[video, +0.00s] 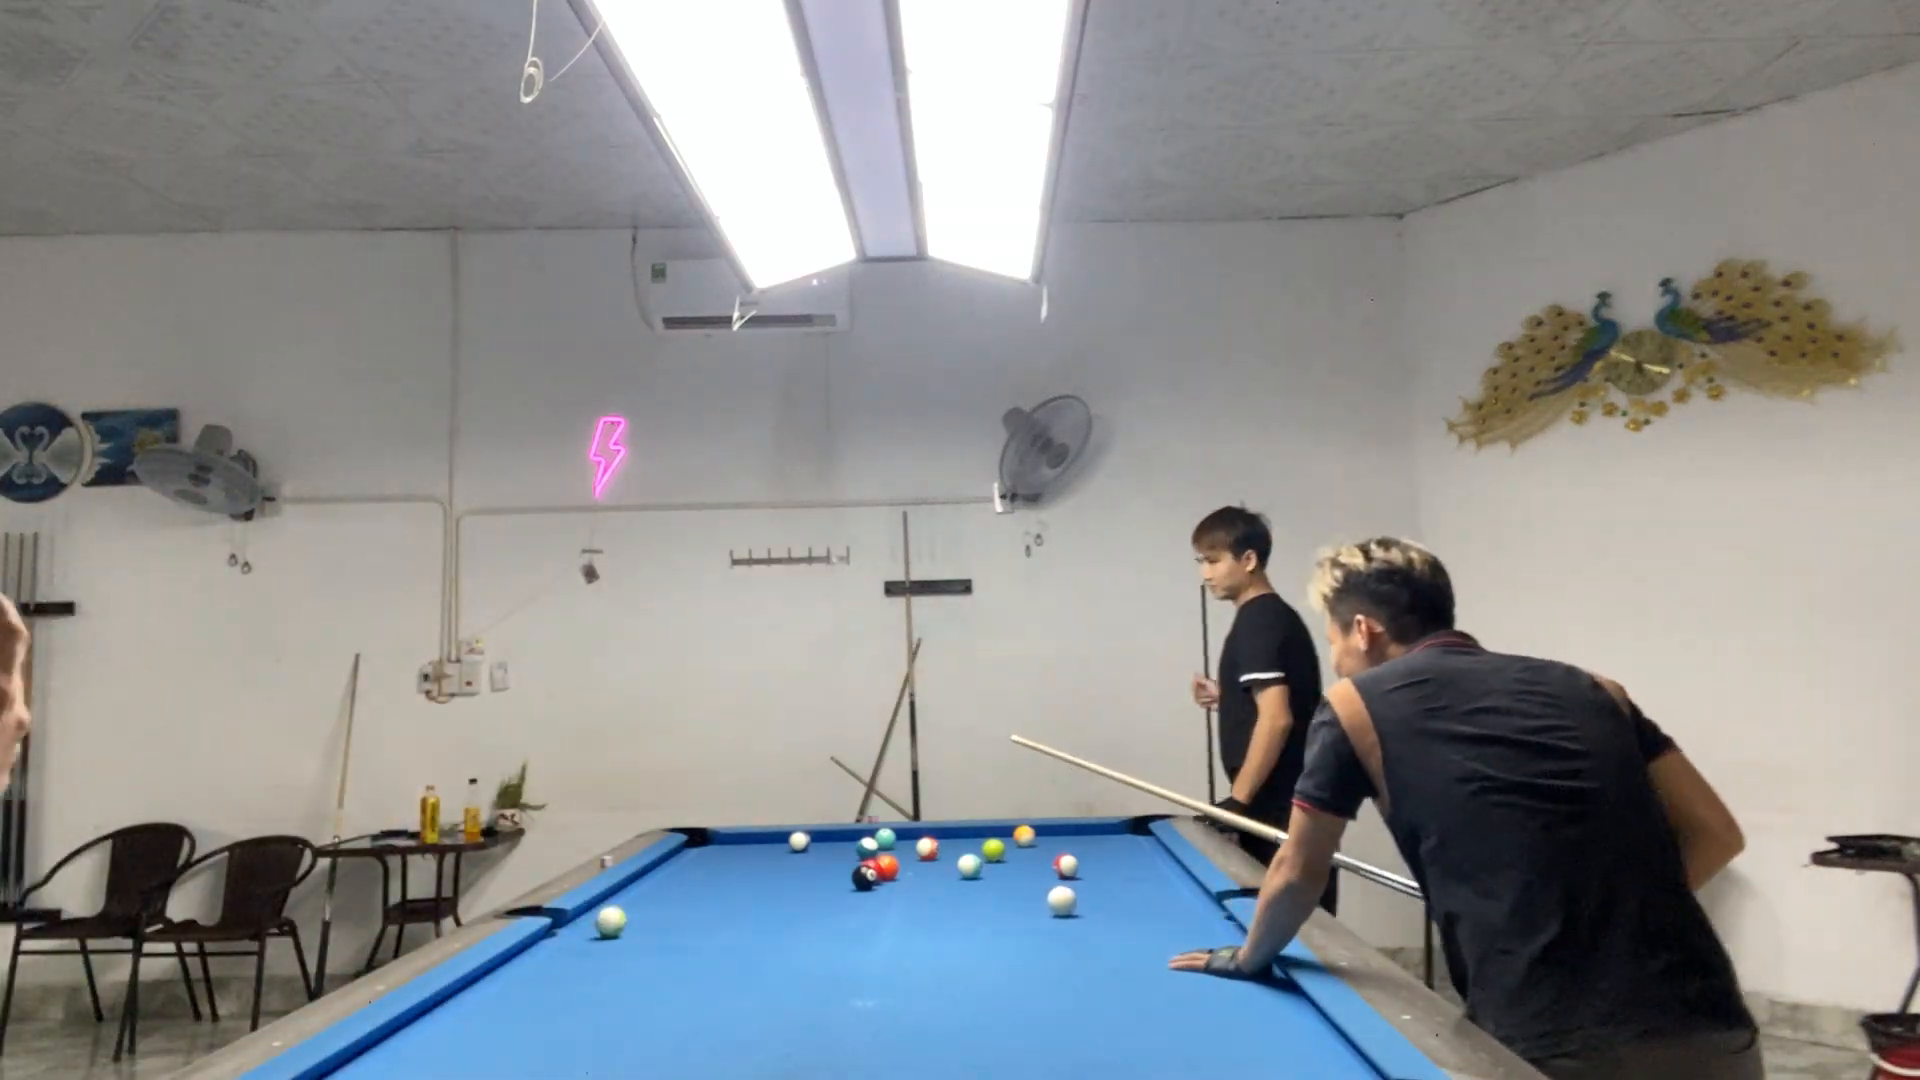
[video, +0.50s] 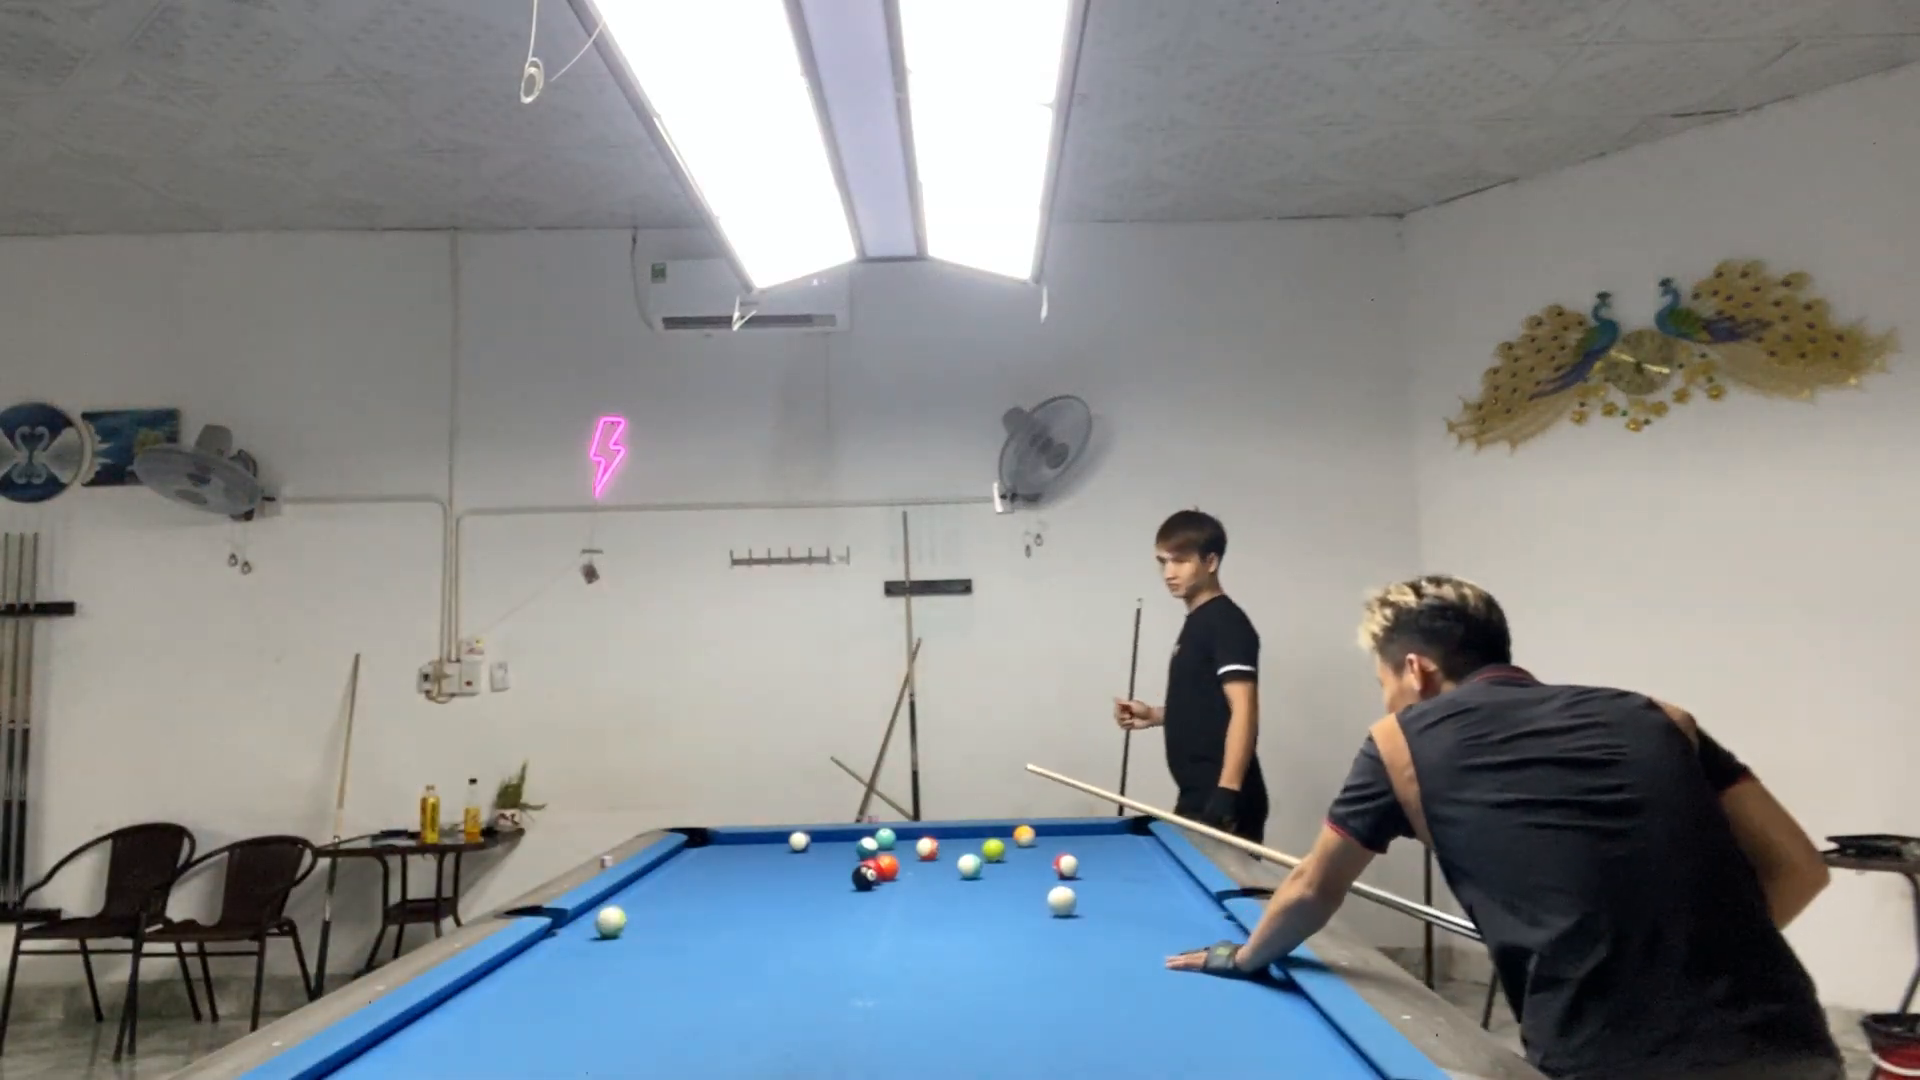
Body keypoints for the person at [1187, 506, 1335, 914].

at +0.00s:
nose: (1205, 573)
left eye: (1212, 561)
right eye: (1202, 563)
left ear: (1248, 561)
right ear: (1248, 563)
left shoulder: (1258, 621)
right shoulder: (1272, 615)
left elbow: (1276, 719)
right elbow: (1286, 697)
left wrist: (1237, 799)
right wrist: (1226, 697)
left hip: (1269, 808)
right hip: (1284, 804)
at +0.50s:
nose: (1168, 572)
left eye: (1180, 560)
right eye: (1163, 561)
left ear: (1211, 561)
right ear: (1158, 561)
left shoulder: (1226, 623)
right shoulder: (1196, 622)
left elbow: (1244, 712)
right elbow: (1203, 705)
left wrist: (1227, 792)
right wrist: (1154, 715)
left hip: (1225, 796)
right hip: (1197, 792)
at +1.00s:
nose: (1154, 577)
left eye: (1165, 565)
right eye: (1146, 566)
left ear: (1191, 564)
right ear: (1138, 567)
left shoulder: (1221, 628)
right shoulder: (1154, 635)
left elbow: (1242, 708)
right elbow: (1160, 711)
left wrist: (1255, 789)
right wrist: (1114, 707)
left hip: (1212, 795)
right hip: (1170, 794)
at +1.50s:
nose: (1158, 577)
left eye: (1170, 566)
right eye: (1150, 566)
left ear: (1195, 566)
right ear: (1142, 567)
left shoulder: (1226, 629)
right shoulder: (1151, 635)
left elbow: (1247, 709)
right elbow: (1156, 712)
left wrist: (1239, 788)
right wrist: (1115, 708)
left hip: (1213, 796)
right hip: (1164, 795)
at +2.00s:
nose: (1163, 574)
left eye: (1176, 563)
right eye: (1155, 563)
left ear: (1201, 564)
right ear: (1147, 564)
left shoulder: (1229, 630)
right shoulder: (1154, 633)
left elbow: (1249, 711)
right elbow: (1161, 710)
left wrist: (1254, 794)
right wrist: (1117, 708)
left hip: (1214, 800)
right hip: (1164, 797)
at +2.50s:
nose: (1164, 572)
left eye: (1177, 562)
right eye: (1157, 561)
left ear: (1203, 564)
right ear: (1149, 562)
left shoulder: (1230, 630)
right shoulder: (1156, 632)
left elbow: (1249, 713)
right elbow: (1159, 709)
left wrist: (1246, 794)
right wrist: (1117, 708)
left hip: (1214, 802)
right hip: (1165, 798)